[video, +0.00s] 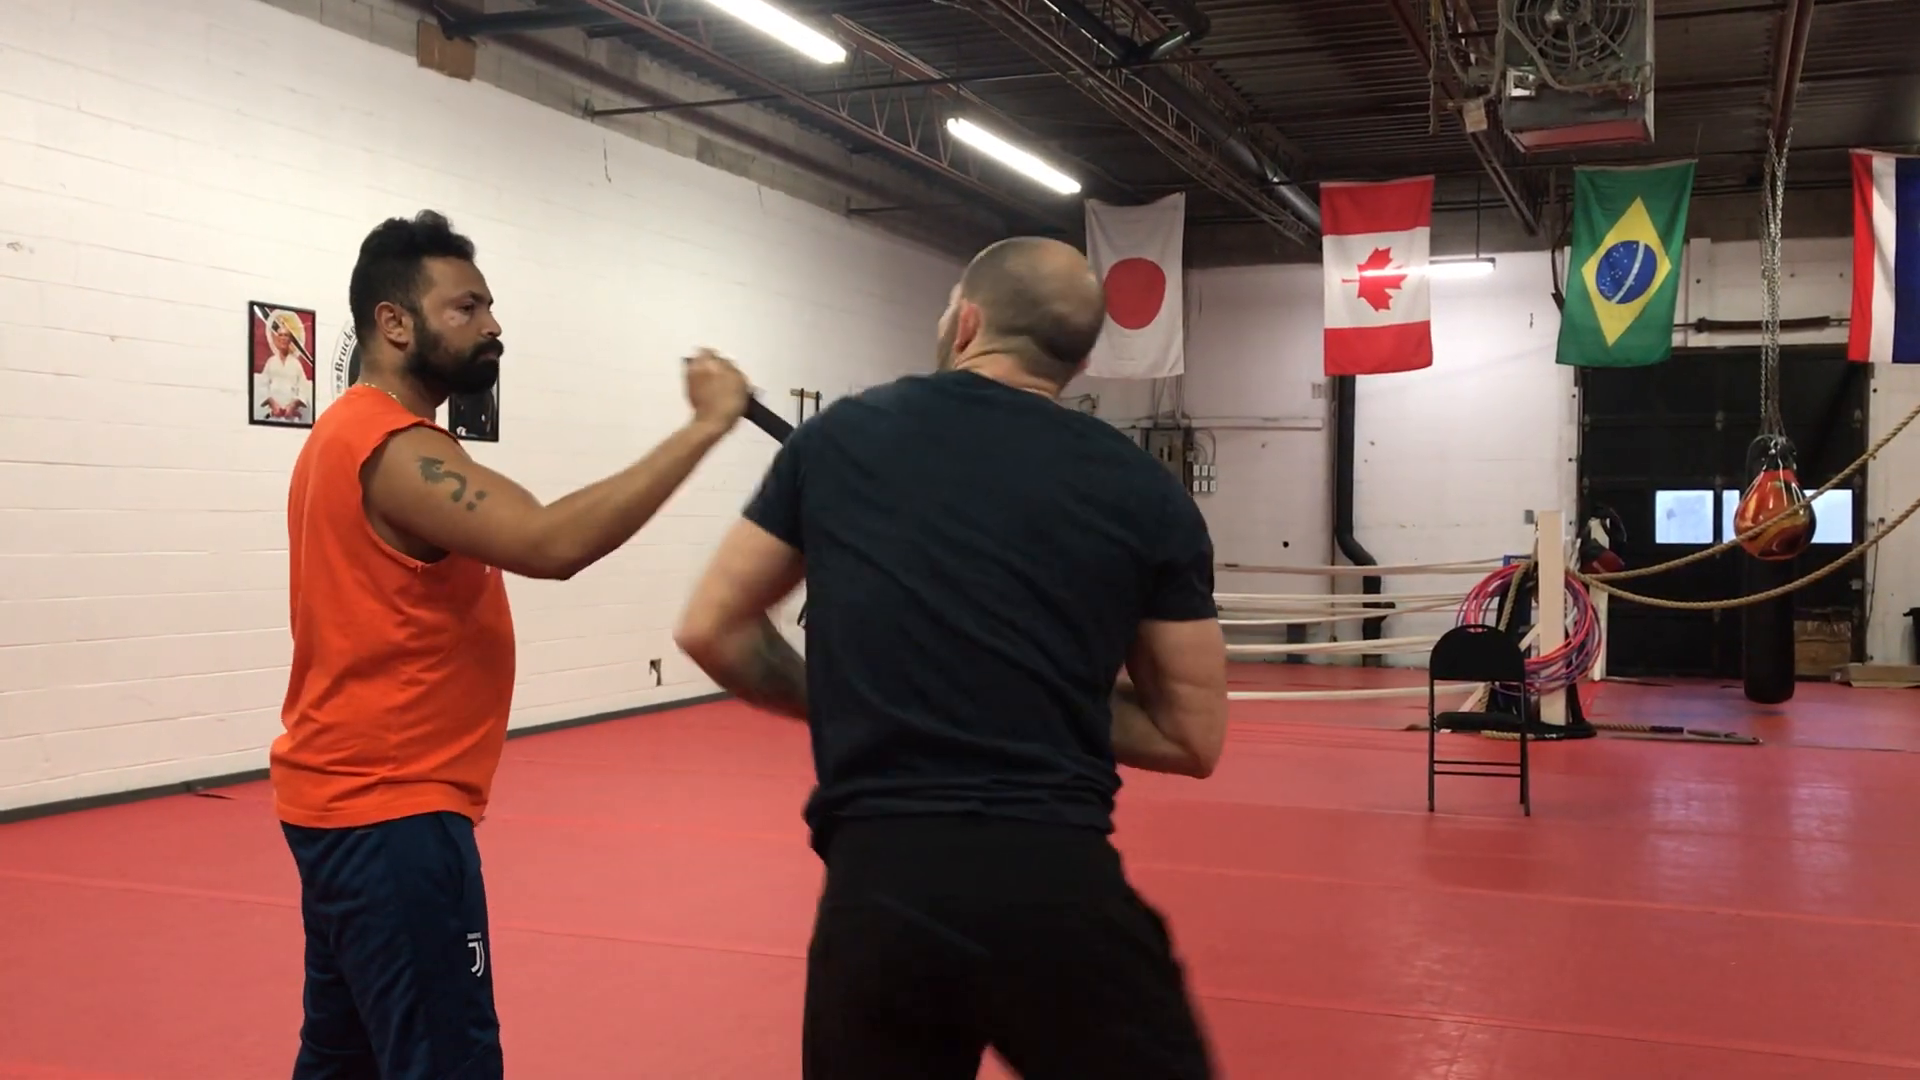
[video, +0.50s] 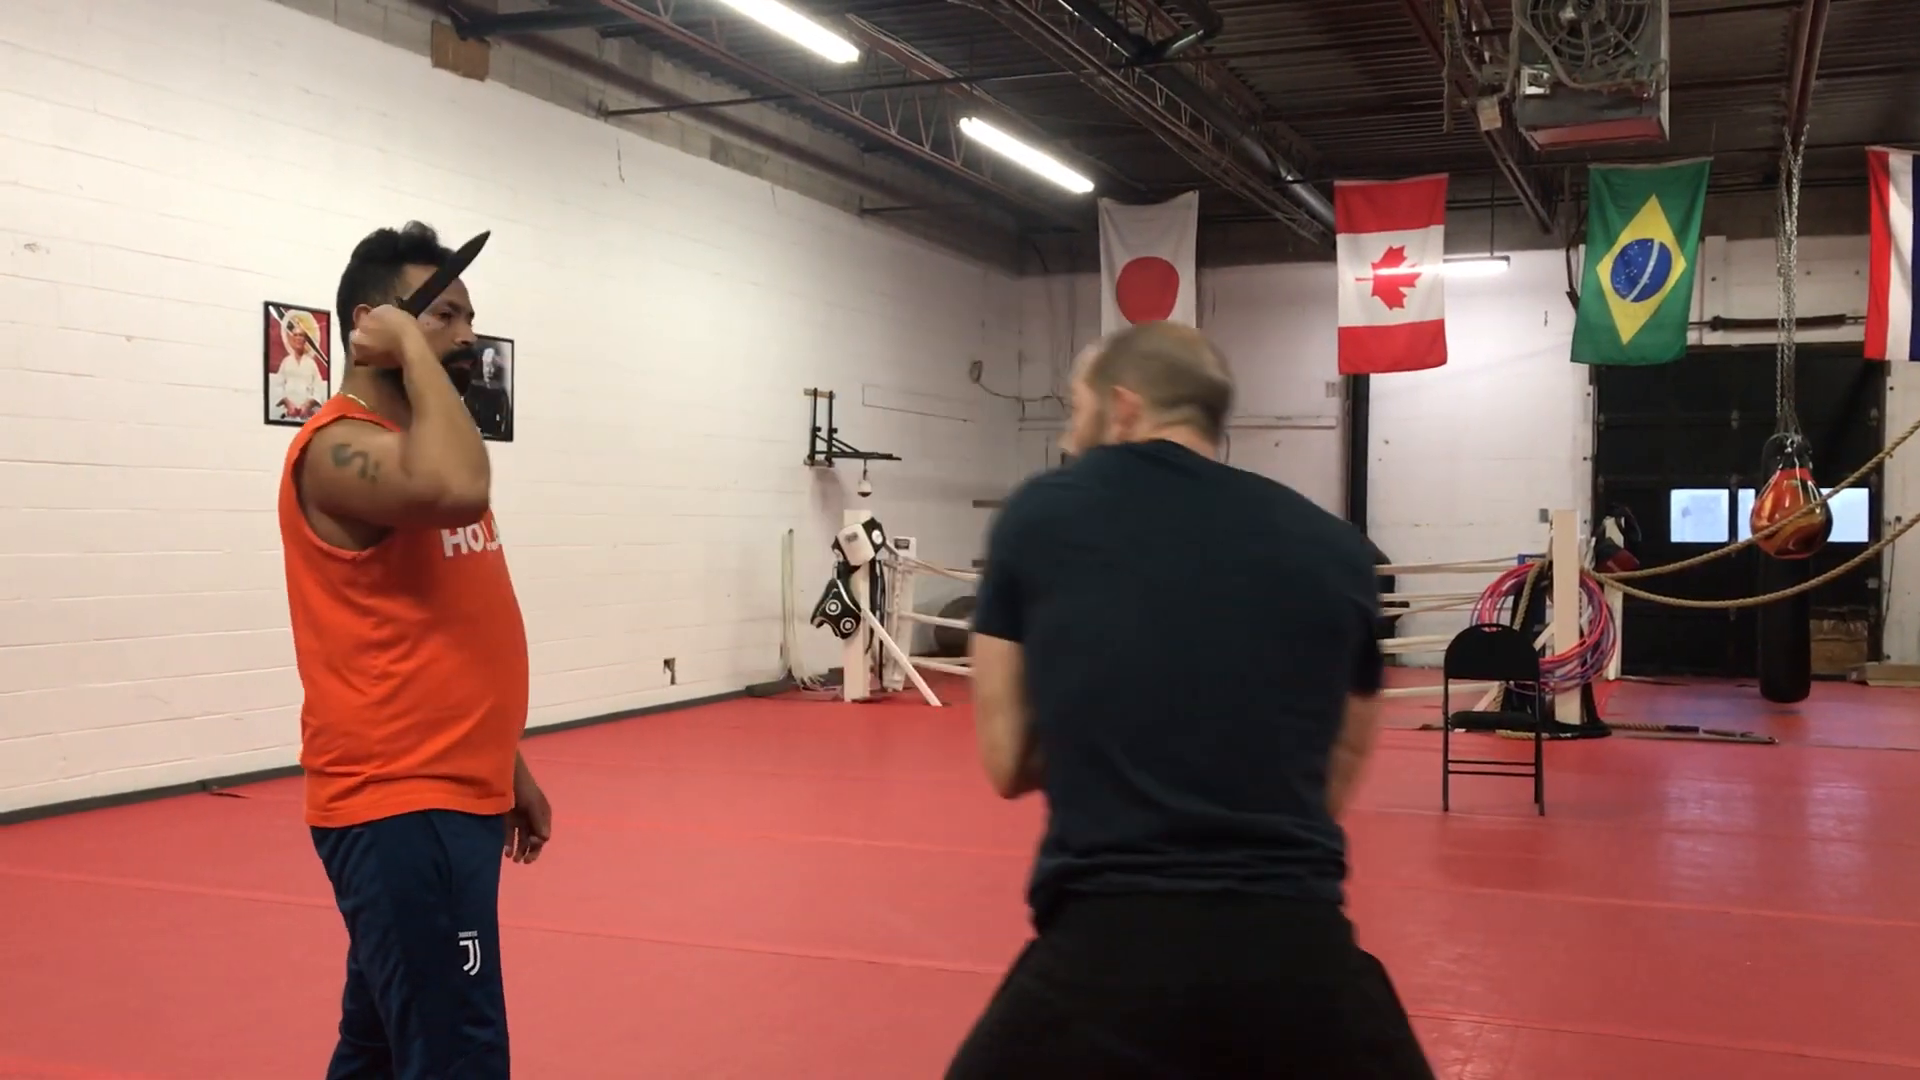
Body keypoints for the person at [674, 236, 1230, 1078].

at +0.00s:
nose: (941, 323)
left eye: (946, 311)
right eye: (946, 310)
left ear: (964, 322)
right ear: (1078, 362)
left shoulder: (843, 435)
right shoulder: (1143, 489)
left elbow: (714, 628)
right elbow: (1190, 741)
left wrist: (845, 702)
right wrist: (1036, 691)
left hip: (879, 903)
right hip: (1066, 909)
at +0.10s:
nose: (927, 349)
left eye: (931, 334)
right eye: (930, 333)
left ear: (956, 344)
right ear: (1065, 364)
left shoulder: (848, 464)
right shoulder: (1148, 495)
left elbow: (761, 689)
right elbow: (1203, 748)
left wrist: (896, 719)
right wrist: (1054, 710)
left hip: (914, 925)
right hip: (1109, 923)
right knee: (1237, 1065)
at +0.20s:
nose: (934, 370)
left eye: (936, 351)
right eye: (936, 352)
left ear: (961, 355)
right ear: (1076, 369)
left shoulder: (873, 474)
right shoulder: (1168, 497)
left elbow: (816, 719)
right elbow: (1220, 754)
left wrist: (954, 704)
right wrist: (1078, 703)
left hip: (954, 932)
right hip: (1148, 926)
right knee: (1269, 1067)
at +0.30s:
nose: (960, 393)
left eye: (965, 370)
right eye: (960, 371)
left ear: (1005, 370)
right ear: (1102, 378)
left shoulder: (922, 479)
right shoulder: (1211, 505)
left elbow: (876, 729)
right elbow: (1240, 757)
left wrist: (1003, 675)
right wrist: (1109, 691)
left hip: (1001, 936)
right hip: (1195, 935)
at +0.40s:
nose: (1004, 421)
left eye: (1014, 391)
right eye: (1007, 393)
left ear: (1067, 391)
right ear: (1154, 397)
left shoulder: (983, 492)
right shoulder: (1273, 522)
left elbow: (947, 743)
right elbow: (1277, 762)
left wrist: (1061, 679)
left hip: (1055, 948)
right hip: (1254, 946)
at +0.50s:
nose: (1068, 430)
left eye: (1075, 406)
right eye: (1068, 406)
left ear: (1122, 406)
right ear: (1215, 420)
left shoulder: (1041, 512)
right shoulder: (1335, 541)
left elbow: (1010, 764)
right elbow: (1336, 783)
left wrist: (1126, 691)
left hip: (1102, 960)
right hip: (1304, 962)